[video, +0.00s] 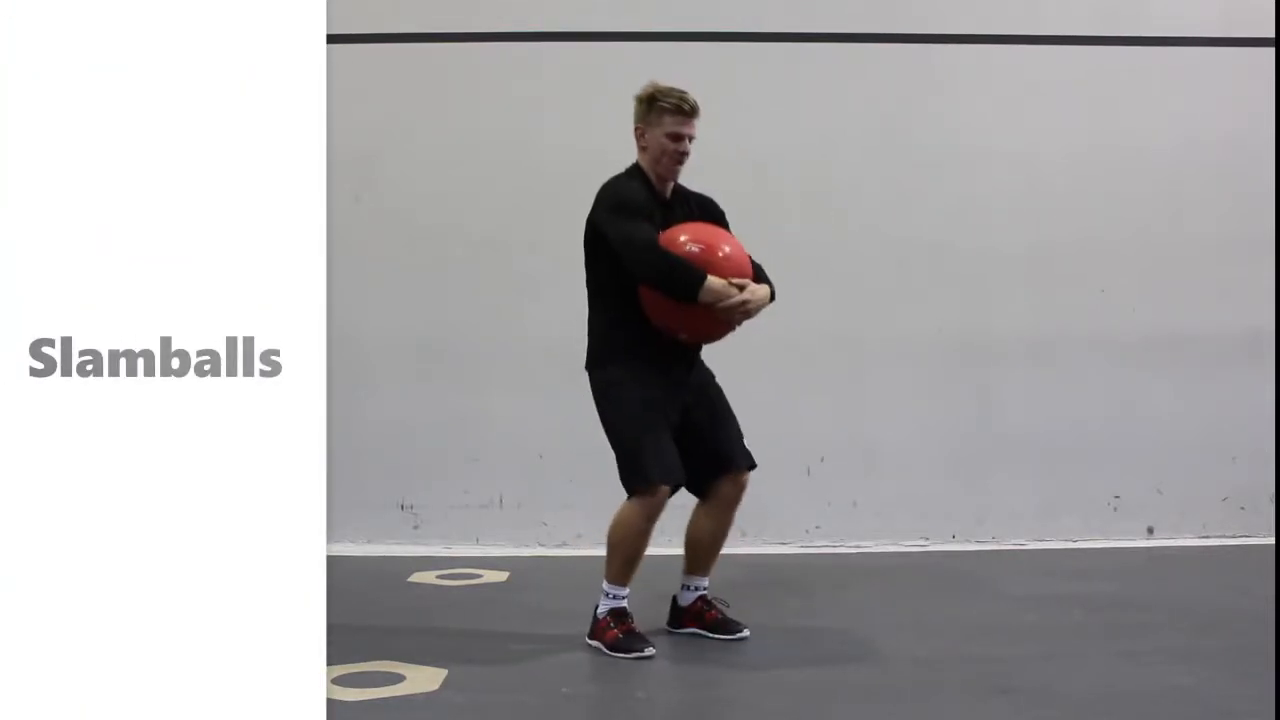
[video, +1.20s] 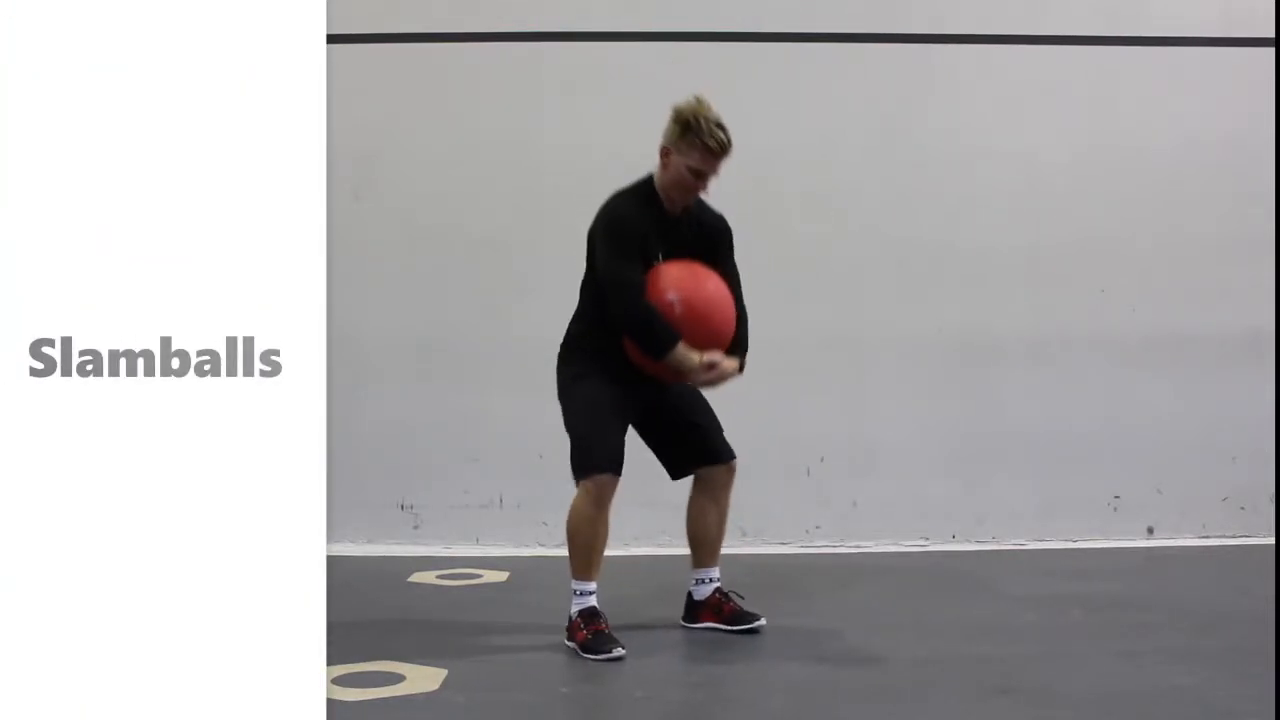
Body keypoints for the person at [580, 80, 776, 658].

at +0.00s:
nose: (682, 148)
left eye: (688, 138)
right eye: (670, 137)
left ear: (693, 140)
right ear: (640, 136)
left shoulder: (703, 209)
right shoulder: (617, 200)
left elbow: (745, 266)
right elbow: (647, 260)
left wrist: (762, 291)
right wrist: (719, 293)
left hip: (683, 363)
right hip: (623, 367)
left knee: (730, 475)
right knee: (654, 483)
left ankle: (690, 603)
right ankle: (610, 614)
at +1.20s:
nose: (700, 185)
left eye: (708, 176)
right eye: (693, 172)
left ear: (715, 170)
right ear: (664, 154)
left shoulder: (711, 229)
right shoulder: (619, 216)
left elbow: (731, 308)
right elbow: (622, 303)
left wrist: (732, 356)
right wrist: (681, 356)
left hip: (657, 368)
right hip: (594, 362)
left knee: (716, 465)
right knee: (600, 474)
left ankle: (704, 596)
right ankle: (583, 612)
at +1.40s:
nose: (716, 250)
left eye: (724, 242)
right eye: (710, 238)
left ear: (734, 232)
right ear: (682, 214)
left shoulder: (720, 283)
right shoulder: (630, 268)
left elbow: (731, 363)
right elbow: (622, 365)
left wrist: (726, 421)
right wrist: (675, 419)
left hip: (652, 400)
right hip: (588, 391)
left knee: (739, 471)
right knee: (598, 483)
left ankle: (705, 596)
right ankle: (584, 613)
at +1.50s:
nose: (719, 277)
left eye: (729, 268)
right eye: (713, 264)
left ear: (738, 259)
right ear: (686, 240)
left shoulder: (723, 307)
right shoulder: (633, 292)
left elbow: (731, 388)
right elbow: (621, 385)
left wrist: (724, 446)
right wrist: (675, 448)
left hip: (649, 418)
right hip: (586, 407)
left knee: (747, 472)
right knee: (597, 483)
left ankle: (706, 597)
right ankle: (583, 614)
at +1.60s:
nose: (724, 314)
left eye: (733, 305)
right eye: (717, 302)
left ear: (742, 297)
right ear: (689, 277)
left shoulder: (727, 340)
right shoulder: (635, 326)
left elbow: (735, 422)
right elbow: (624, 424)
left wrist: (724, 479)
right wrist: (676, 482)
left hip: (657, 444)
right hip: (589, 433)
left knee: (754, 477)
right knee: (593, 489)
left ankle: (706, 598)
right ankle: (584, 615)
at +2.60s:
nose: (693, 132)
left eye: (700, 121)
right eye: (683, 119)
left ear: (705, 119)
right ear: (651, 112)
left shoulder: (708, 187)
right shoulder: (617, 178)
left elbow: (747, 261)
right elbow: (630, 254)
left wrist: (753, 301)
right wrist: (706, 298)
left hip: (668, 337)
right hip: (609, 336)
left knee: (701, 460)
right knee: (612, 465)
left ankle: (703, 597)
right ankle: (582, 610)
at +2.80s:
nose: (676, 120)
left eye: (683, 111)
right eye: (665, 109)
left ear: (688, 110)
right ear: (635, 104)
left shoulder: (702, 178)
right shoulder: (611, 171)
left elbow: (746, 238)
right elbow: (636, 235)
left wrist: (764, 268)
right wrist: (718, 272)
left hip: (682, 337)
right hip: (621, 340)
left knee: (706, 462)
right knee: (616, 473)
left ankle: (706, 597)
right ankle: (586, 612)